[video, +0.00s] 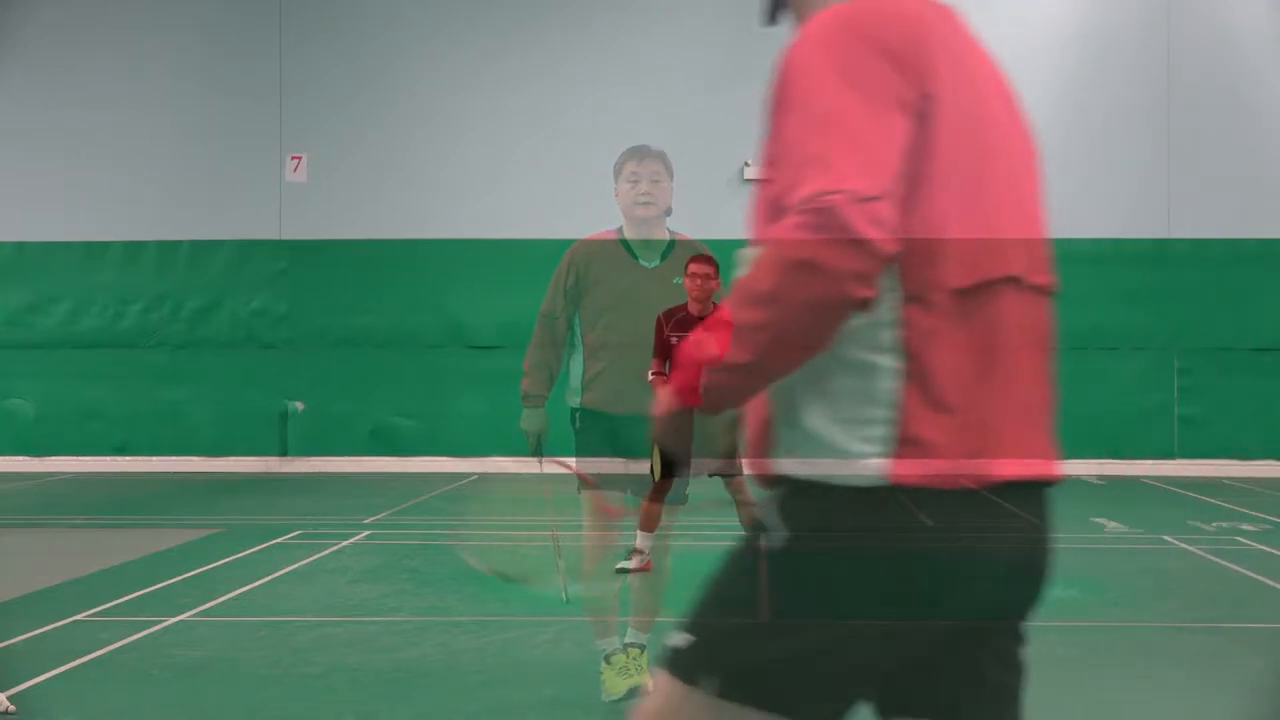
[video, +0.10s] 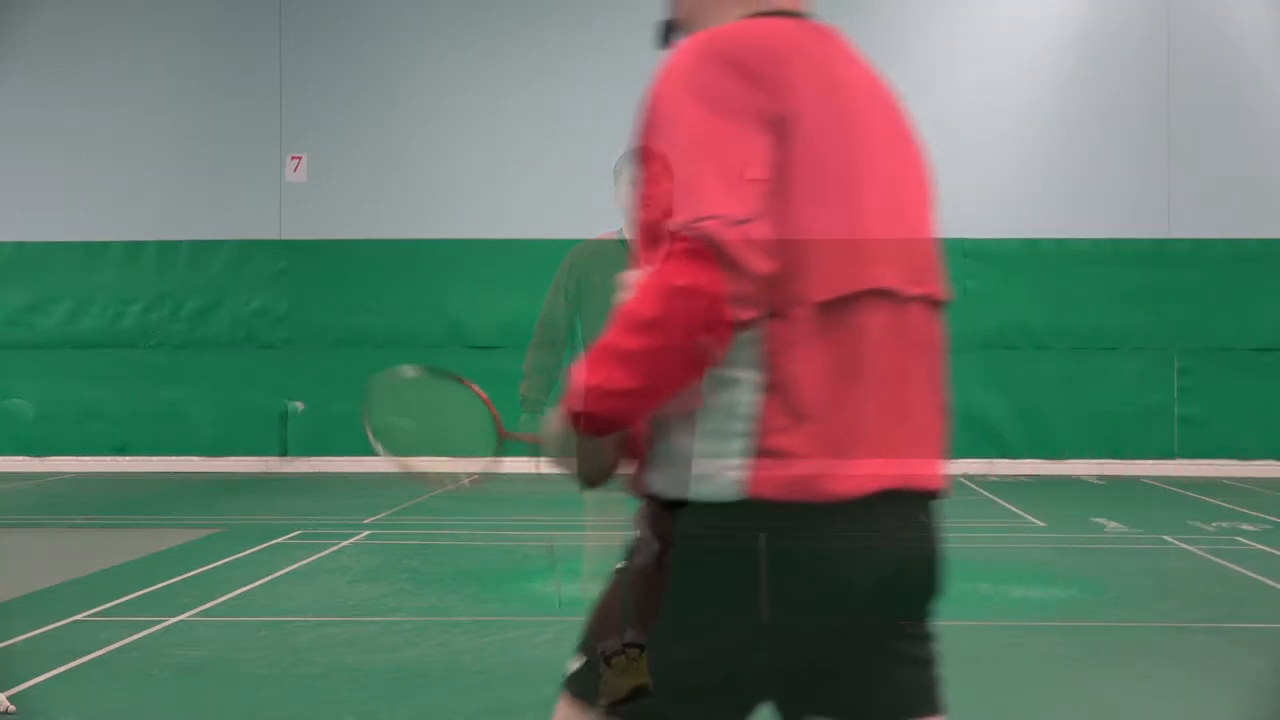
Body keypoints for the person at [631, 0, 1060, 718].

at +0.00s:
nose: (785, 17)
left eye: (787, 12)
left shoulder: (850, 30)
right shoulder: (959, 52)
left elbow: (833, 250)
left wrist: (692, 385)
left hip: (870, 517)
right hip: (986, 520)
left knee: (677, 706)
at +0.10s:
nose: (673, 28)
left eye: (676, 19)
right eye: (674, 23)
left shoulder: (715, 58)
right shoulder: (858, 80)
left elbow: (716, 265)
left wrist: (592, 406)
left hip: (753, 531)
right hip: (884, 529)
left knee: (601, 698)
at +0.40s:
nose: (373, 28)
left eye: (370, 19)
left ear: (378, 9)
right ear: (491, 10)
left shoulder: (356, 96)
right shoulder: (581, 118)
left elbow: (279, 291)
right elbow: (649, 311)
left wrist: (190, 395)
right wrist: (608, 446)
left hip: (392, 496)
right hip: (549, 496)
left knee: (315, 701)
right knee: (475, 705)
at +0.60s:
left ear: (245, 13)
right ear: (364, 15)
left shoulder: (197, 104)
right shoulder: (447, 135)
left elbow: (42, 286)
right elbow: (527, 307)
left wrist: (60, 365)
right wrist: (526, 460)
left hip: (251, 490)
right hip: (401, 500)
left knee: (279, 707)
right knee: (333, 703)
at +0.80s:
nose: (289, 65)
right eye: (290, 48)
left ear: (170, 37)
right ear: (276, 51)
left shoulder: (88, 122)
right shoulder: (332, 178)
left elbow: (2, 252)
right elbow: (397, 348)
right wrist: (398, 487)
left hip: (108, 496)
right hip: (256, 513)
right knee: (188, 706)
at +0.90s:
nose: (250, 73)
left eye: (254, 58)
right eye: (252, 56)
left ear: (141, 38)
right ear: (232, 53)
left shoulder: (32, 118)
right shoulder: (278, 177)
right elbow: (340, 354)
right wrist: (333, 478)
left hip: (42, 483)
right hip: (199, 496)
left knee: (15, 699)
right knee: (158, 705)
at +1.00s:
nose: (214, 73)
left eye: (219, 54)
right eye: (217, 52)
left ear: (105, 33)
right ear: (184, 44)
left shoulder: (10, 111)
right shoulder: (223, 170)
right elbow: (282, 339)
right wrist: (284, 439)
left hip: (12, 469)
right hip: (147, 482)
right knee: (136, 708)